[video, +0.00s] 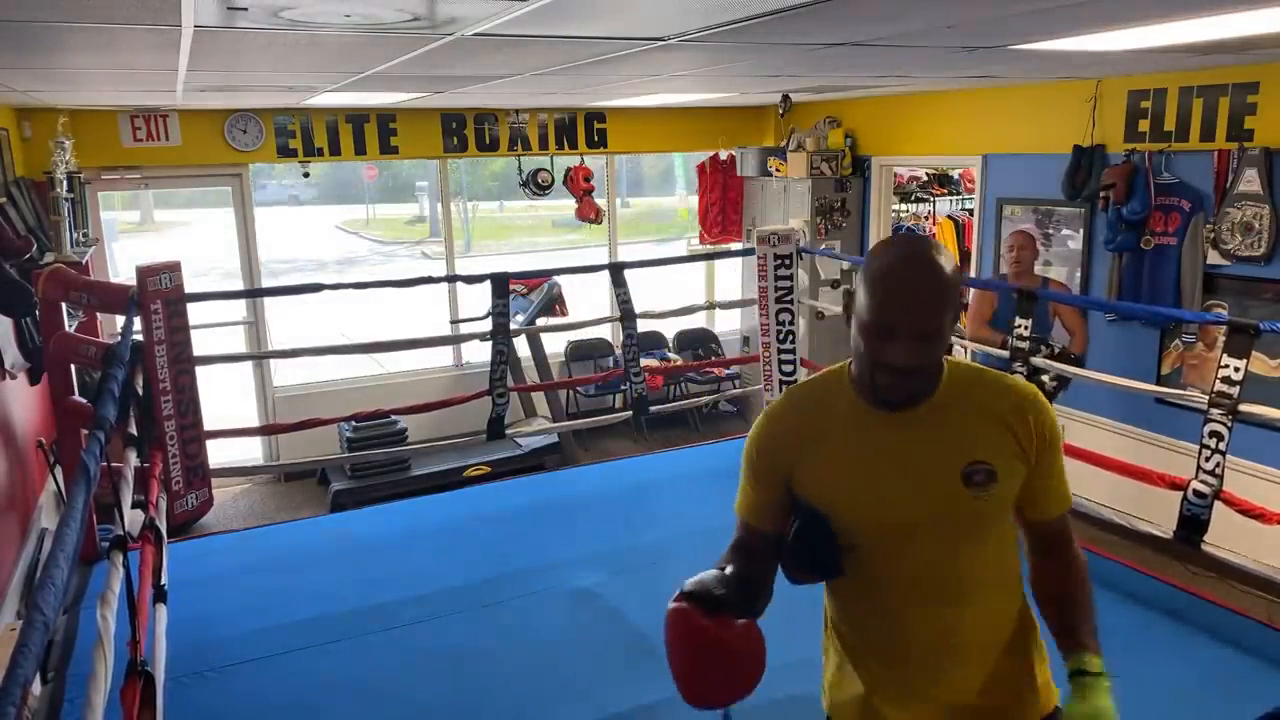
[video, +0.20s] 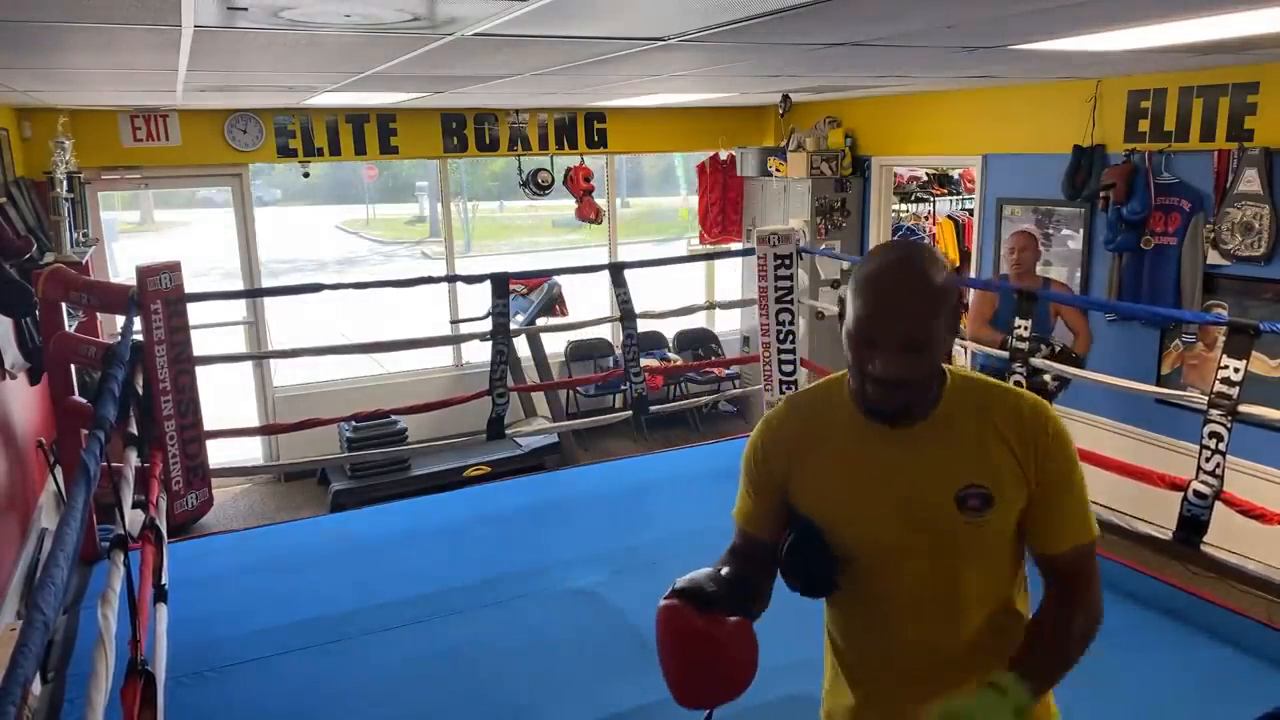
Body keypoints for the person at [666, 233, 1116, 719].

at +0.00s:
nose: (901, 358)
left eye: (925, 338)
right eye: (880, 336)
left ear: (956, 317)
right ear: (849, 310)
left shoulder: (1017, 414)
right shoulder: (788, 428)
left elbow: (1052, 544)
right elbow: (755, 544)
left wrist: (1088, 675)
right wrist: (726, 591)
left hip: (1005, 697)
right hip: (867, 703)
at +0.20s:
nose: (883, 370)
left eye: (912, 348)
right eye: (865, 342)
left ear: (955, 326)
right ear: (841, 319)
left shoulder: (1024, 429)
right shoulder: (787, 434)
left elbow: (1075, 598)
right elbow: (749, 564)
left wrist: (1007, 698)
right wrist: (710, 592)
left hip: (993, 703)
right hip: (857, 706)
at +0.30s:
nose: (879, 382)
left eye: (910, 361)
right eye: (863, 351)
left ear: (959, 344)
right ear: (846, 329)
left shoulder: (1031, 445)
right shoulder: (789, 437)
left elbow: (1064, 634)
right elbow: (749, 565)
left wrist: (948, 701)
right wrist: (713, 598)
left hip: (996, 707)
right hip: (851, 705)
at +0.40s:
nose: (882, 385)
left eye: (912, 365)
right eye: (866, 354)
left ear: (962, 351)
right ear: (849, 336)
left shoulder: (1036, 454)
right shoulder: (793, 438)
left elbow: (1056, 649)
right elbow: (752, 563)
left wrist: (922, 699)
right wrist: (713, 596)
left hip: (990, 706)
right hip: (850, 703)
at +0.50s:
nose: (884, 388)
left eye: (920, 369)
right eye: (872, 355)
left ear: (975, 358)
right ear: (857, 337)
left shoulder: (1047, 480)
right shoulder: (801, 441)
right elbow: (752, 560)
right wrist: (698, 603)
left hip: (970, 710)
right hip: (837, 697)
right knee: (750, 711)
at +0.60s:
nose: (895, 385)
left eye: (931, 367)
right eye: (883, 351)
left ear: (992, 365)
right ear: (872, 333)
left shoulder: (1058, 502)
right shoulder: (810, 438)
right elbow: (750, 553)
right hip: (828, 701)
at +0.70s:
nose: (903, 384)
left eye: (942, 368)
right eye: (892, 348)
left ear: (1003, 370)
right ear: (881, 329)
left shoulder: (1062, 520)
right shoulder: (811, 438)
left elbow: (1023, 711)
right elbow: (740, 555)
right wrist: (759, 571)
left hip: (940, 715)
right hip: (822, 707)